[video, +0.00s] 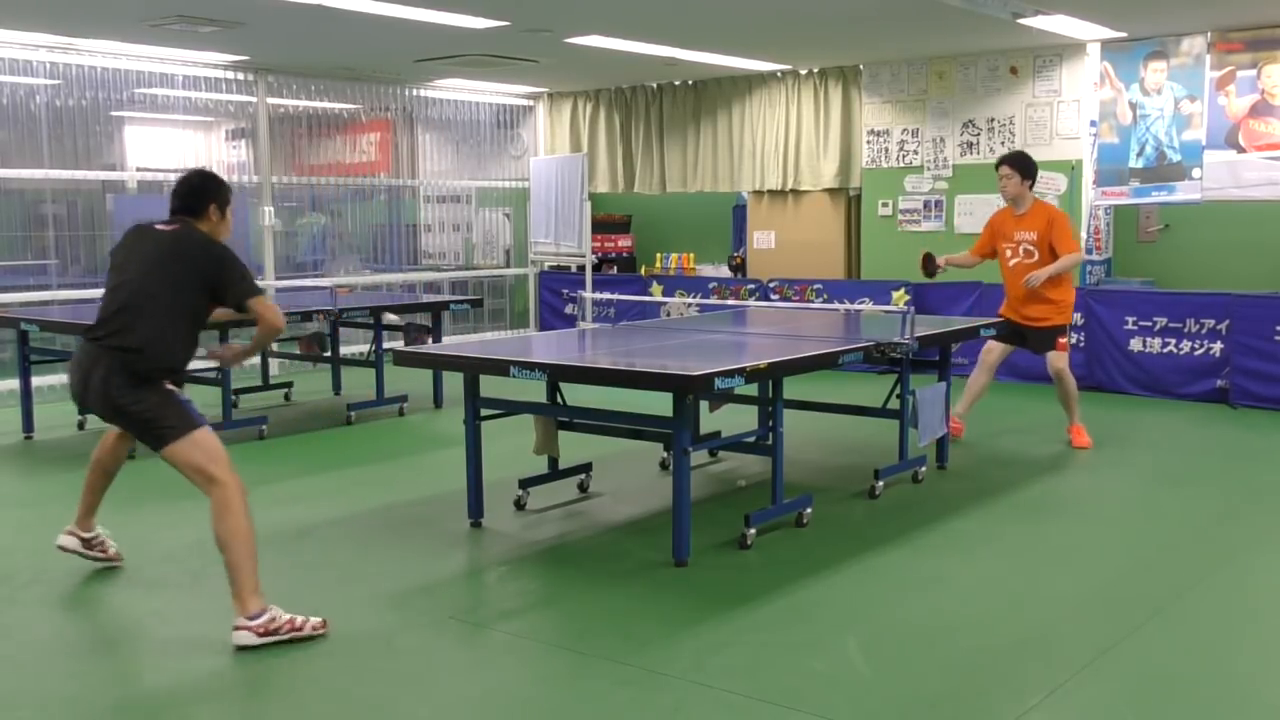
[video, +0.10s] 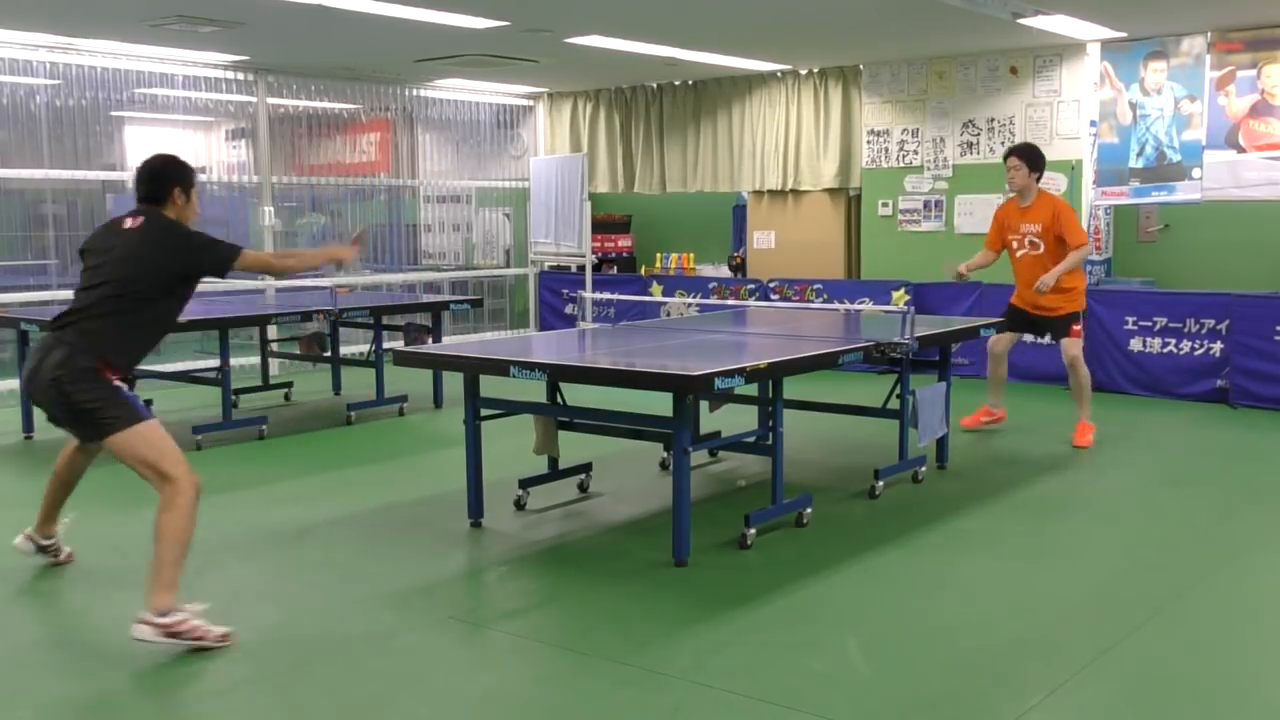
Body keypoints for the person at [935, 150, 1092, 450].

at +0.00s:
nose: (1001, 184)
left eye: (1008, 178)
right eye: (999, 179)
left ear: (1027, 181)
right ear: (999, 182)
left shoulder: (1052, 216)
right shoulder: (999, 220)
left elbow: (1076, 256)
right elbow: (975, 256)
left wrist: (1046, 271)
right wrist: (945, 261)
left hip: (1053, 312)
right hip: (1015, 311)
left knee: (1058, 368)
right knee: (988, 355)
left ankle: (1075, 424)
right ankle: (957, 417)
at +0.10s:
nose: (1009, 175)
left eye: (1016, 169)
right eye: (1007, 170)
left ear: (1034, 173)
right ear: (1006, 174)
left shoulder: (1058, 208)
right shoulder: (1005, 212)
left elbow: (1083, 248)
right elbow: (991, 251)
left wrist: (1055, 273)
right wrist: (969, 266)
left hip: (1065, 299)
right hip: (1025, 298)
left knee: (1073, 357)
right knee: (996, 347)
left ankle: (1085, 421)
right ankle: (994, 409)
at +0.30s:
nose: (1025, 197)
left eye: (1031, 190)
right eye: (1022, 191)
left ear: (1050, 192)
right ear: (1020, 194)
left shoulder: (1077, 225)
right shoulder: (1020, 231)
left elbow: (1100, 264)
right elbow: (1008, 270)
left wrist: (1076, 292)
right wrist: (1003, 285)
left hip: (1079, 309)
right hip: (1041, 309)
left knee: (1086, 365)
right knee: (1016, 360)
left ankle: (1121, 421)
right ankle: (1022, 410)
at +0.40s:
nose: (1037, 197)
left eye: (1043, 190)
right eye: (1034, 191)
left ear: (1062, 191)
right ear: (1032, 193)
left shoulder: (1091, 219)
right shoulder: (1029, 229)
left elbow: (1123, 248)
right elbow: (1010, 258)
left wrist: (1108, 278)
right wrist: (995, 263)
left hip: (1098, 304)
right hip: (1057, 308)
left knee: (1107, 353)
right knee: (1030, 358)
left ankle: (1135, 417)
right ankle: (1023, 409)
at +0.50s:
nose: (1054, 196)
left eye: (1060, 190)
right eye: (1052, 191)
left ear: (1079, 192)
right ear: (1051, 195)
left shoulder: (1109, 218)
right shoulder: (1044, 231)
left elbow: (1143, 236)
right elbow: (1002, 242)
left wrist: (1143, 272)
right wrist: (968, 233)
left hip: (1120, 307)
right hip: (1076, 311)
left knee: (1138, 361)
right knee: (1044, 359)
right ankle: (1030, 407)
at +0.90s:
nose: (1060, 183)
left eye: (1066, 178)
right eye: (1057, 178)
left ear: (1085, 180)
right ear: (1055, 181)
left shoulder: (1107, 217)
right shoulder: (1048, 217)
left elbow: (1134, 255)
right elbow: (1018, 248)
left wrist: (1124, 287)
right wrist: (993, 247)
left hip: (1103, 304)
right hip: (1064, 305)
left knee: (1126, 358)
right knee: (1036, 352)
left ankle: (1157, 420)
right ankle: (1044, 408)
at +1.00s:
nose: (1048, 177)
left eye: (1054, 171)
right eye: (1046, 172)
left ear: (1072, 173)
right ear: (1044, 175)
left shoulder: (1095, 208)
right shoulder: (1040, 209)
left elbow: (1121, 242)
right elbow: (1017, 245)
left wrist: (1101, 271)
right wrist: (996, 255)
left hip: (1094, 295)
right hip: (1057, 295)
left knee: (1107, 350)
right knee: (1026, 338)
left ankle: (1132, 411)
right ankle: (1033, 396)